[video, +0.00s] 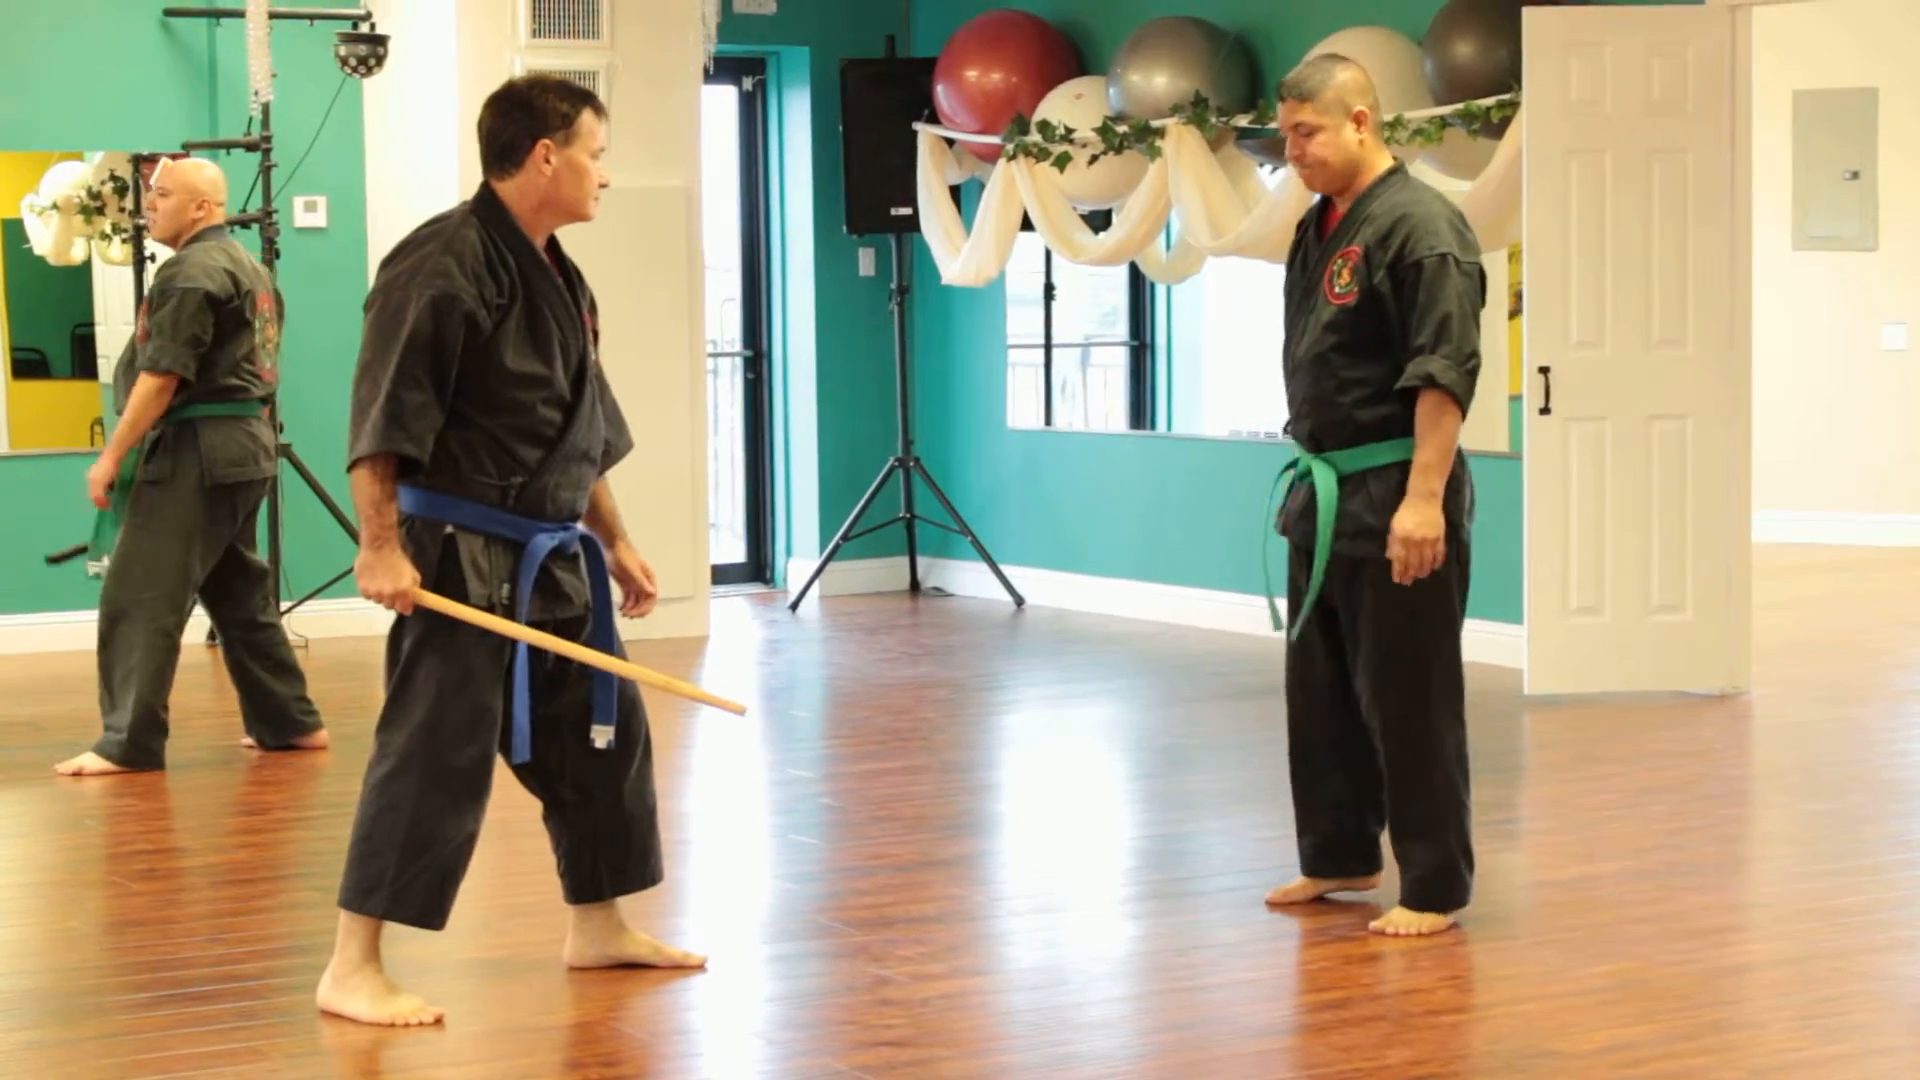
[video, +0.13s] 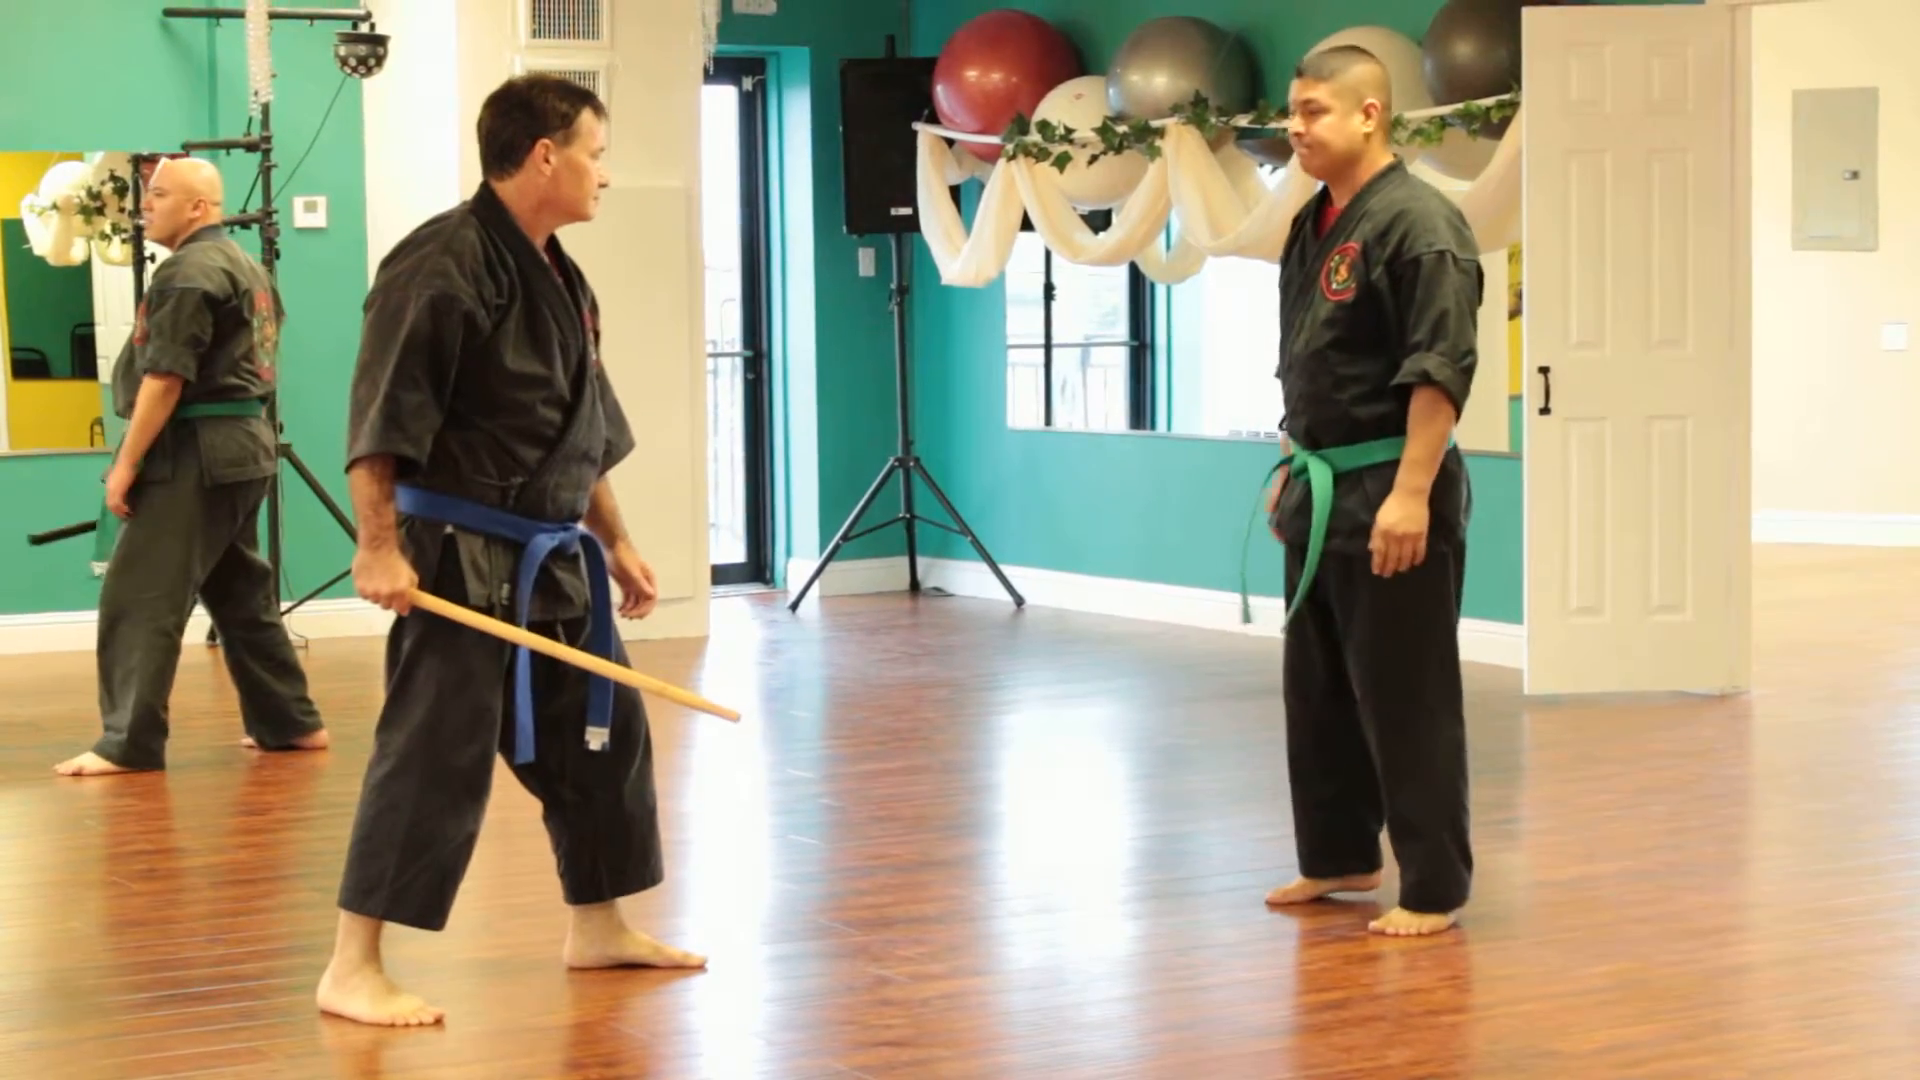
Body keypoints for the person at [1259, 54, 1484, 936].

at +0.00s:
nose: (1292, 152)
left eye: (1305, 134)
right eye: (1286, 137)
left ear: (1361, 123)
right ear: (1299, 137)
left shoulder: (1423, 225)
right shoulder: (1317, 226)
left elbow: (1444, 373)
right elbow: (1317, 360)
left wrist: (1424, 496)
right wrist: (1305, 475)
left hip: (1399, 480)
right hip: (1326, 480)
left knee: (1410, 693)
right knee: (1324, 684)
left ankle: (1435, 890)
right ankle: (1343, 861)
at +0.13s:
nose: (1294, 126)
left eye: (1312, 110)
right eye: (1293, 111)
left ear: (1370, 117)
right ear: (1301, 122)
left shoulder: (1421, 220)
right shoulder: (1312, 221)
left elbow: (1442, 369)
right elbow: (1313, 357)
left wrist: (1412, 491)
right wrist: (1293, 455)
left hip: (1397, 479)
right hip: (1322, 479)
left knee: (1406, 690)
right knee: (1322, 682)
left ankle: (1434, 890)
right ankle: (1343, 861)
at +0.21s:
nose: (1299, 124)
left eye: (1318, 109)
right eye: (1297, 110)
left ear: (1375, 119)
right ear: (1301, 123)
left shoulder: (1421, 226)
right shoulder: (1308, 231)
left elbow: (1440, 377)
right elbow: (1303, 368)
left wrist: (1405, 497)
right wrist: (1280, 466)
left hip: (1397, 483)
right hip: (1320, 484)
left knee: (1408, 691)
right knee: (1322, 686)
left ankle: (1434, 890)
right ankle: (1343, 865)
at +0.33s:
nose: (1304, 124)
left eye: (1323, 109)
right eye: (1301, 110)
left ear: (1380, 121)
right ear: (1303, 124)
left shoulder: (1423, 230)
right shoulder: (1312, 230)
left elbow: (1438, 381)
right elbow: (1302, 367)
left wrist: (1404, 502)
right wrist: (1272, 466)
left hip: (1397, 485)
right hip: (1320, 484)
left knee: (1409, 692)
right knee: (1325, 684)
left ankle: (1436, 890)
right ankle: (1347, 864)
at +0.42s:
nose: (1305, 123)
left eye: (1325, 108)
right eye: (1301, 109)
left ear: (1382, 120)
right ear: (1302, 124)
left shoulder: (1425, 230)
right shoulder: (1313, 230)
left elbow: (1441, 382)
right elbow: (1301, 366)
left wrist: (1409, 502)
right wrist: (1272, 466)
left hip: (1398, 485)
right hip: (1320, 484)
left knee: (1410, 691)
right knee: (1327, 683)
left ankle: (1437, 888)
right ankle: (1349, 861)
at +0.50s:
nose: (1306, 121)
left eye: (1326, 107)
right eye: (1303, 108)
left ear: (1382, 121)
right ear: (1306, 125)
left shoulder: (1426, 229)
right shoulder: (1311, 233)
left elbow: (1444, 382)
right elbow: (1302, 370)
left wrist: (1416, 505)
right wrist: (1277, 472)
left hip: (1400, 483)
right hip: (1321, 484)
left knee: (1412, 691)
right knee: (1327, 684)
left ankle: (1437, 888)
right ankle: (1350, 861)